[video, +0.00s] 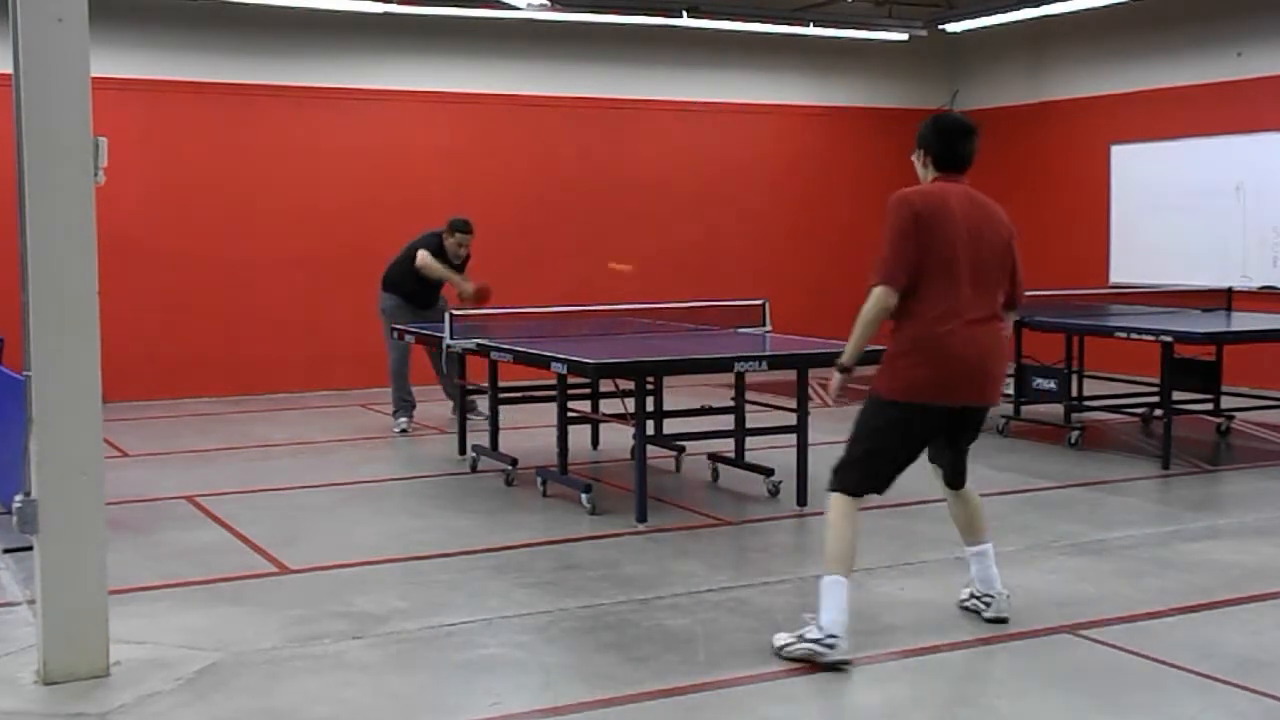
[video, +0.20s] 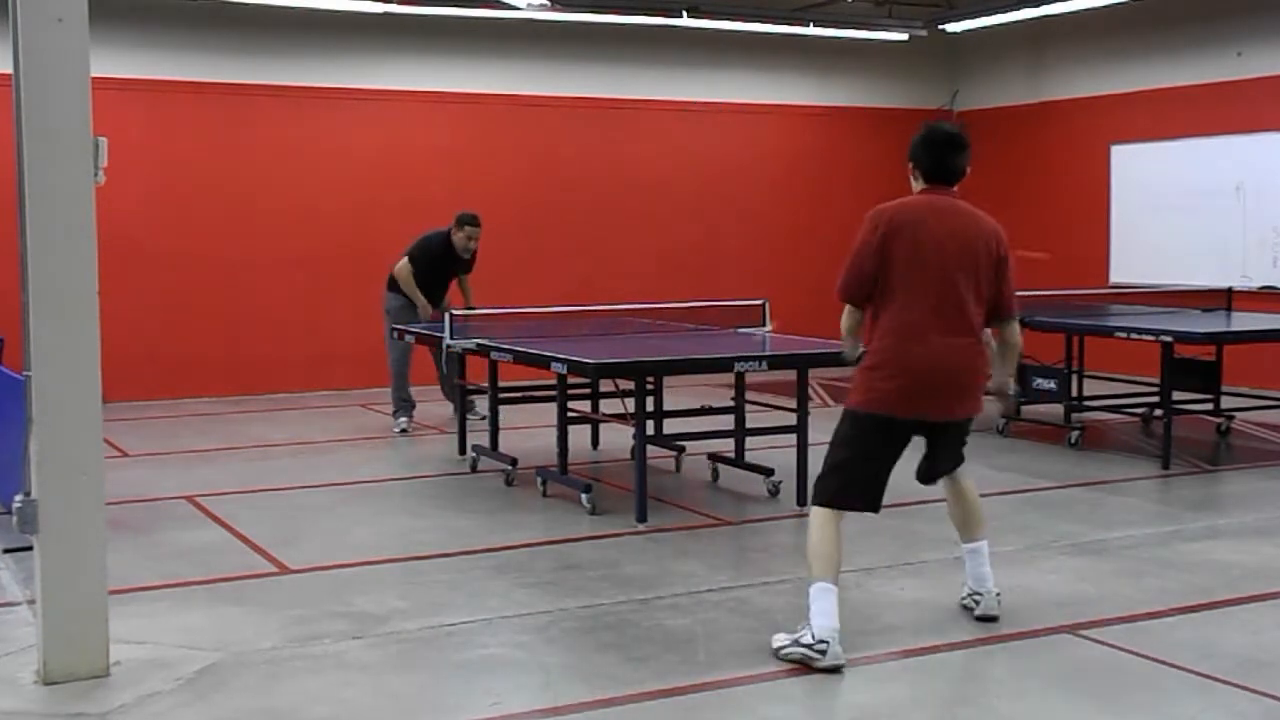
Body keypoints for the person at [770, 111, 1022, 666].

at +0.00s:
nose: (912, 160)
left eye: (914, 153)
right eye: (916, 152)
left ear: (924, 158)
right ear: (967, 158)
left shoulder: (912, 204)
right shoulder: (996, 215)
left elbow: (886, 294)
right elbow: (1011, 304)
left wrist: (845, 364)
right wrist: (955, 322)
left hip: (918, 374)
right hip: (980, 379)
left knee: (845, 487)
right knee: (954, 475)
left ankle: (829, 629)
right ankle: (989, 590)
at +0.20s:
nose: (908, 172)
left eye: (909, 165)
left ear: (912, 170)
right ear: (965, 171)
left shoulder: (887, 220)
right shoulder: (987, 230)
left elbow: (852, 318)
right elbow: (1007, 329)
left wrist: (859, 361)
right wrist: (1003, 379)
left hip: (888, 381)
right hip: (959, 385)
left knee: (826, 501)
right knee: (953, 469)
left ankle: (822, 633)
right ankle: (983, 590)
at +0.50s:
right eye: (967, 139)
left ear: (916, 141)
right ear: (967, 143)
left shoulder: (892, 183)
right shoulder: (987, 197)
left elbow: (867, 271)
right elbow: (1002, 291)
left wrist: (868, 311)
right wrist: (1022, 340)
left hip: (896, 355)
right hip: (968, 358)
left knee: (832, 460)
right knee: (961, 463)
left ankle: (802, 593)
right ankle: (983, 590)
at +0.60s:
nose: (904, 132)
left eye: (904, 124)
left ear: (907, 126)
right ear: (959, 127)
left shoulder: (899, 168)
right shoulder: (977, 177)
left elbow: (898, 250)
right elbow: (962, 251)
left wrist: (865, 296)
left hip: (900, 343)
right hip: (968, 343)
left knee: (832, 455)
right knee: (958, 458)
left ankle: (789, 586)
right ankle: (983, 588)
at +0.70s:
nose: (899, 122)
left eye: (899, 114)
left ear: (904, 117)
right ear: (955, 119)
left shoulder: (903, 160)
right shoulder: (965, 167)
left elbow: (909, 244)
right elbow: (866, 173)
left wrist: (861, 293)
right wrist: (782, 151)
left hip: (894, 342)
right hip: (959, 342)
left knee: (831, 458)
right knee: (959, 465)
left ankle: (796, 590)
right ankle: (983, 589)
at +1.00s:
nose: (867, 123)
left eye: (868, 115)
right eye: (873, 115)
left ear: (875, 118)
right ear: (923, 119)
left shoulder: (889, 169)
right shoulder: (935, 170)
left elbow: (898, 262)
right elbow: (875, 243)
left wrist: (830, 309)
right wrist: (815, 212)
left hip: (874, 349)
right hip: (935, 346)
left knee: (815, 456)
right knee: (942, 451)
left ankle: (794, 590)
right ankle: (995, 572)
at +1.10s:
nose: (873, 129)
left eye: (872, 121)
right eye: (875, 121)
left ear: (880, 123)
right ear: (926, 124)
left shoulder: (892, 175)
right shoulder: (944, 177)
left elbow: (896, 267)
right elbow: (915, 260)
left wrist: (831, 321)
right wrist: (813, 279)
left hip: (879, 354)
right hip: (943, 352)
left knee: (816, 459)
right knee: (957, 456)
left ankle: (794, 591)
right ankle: (1015, 578)